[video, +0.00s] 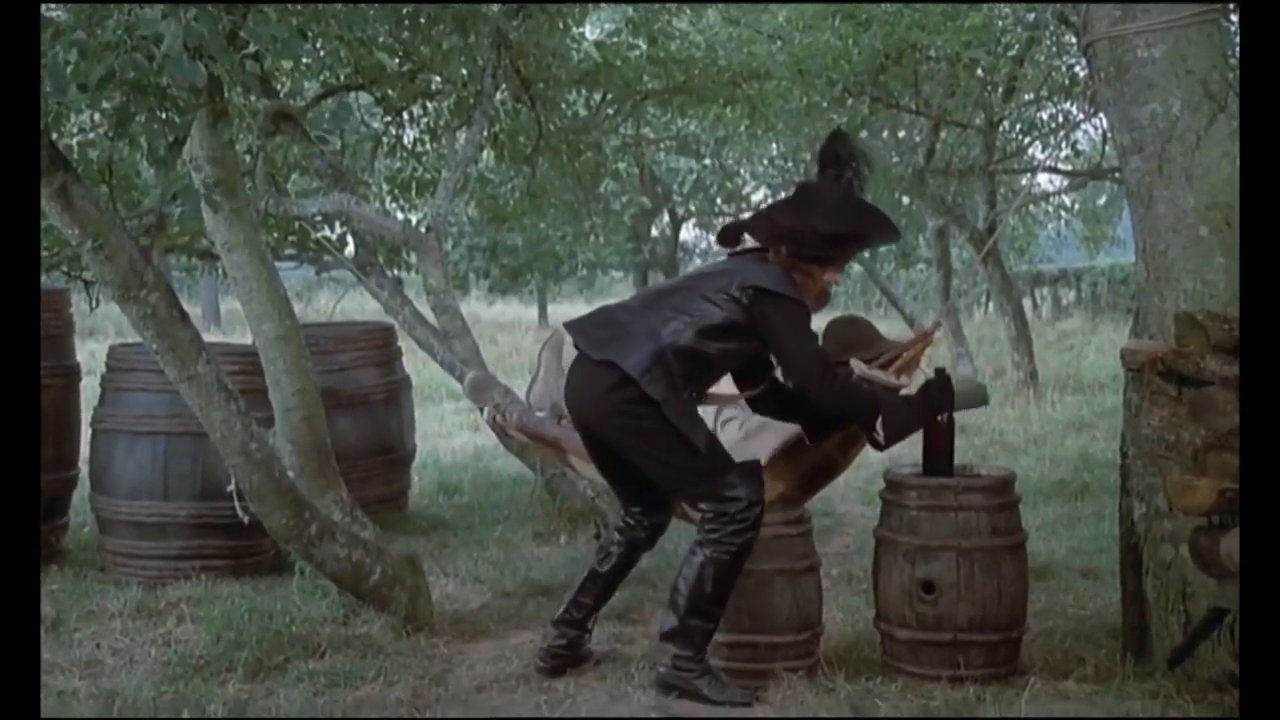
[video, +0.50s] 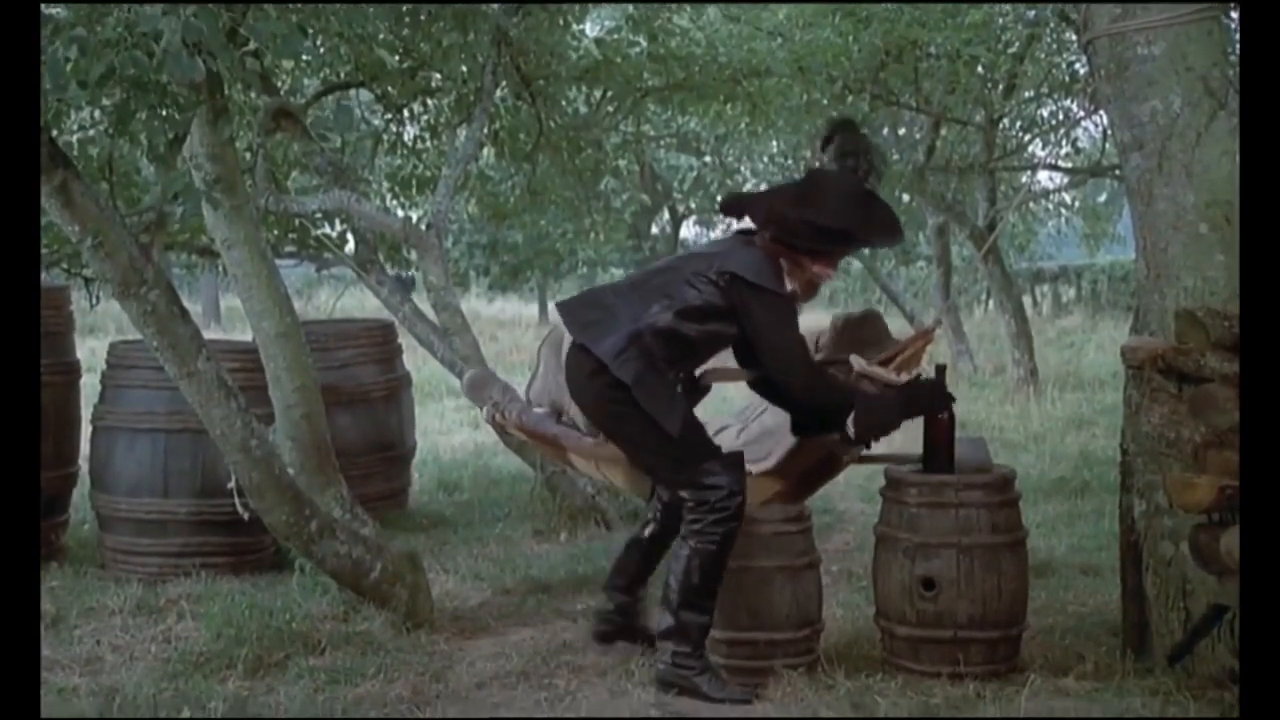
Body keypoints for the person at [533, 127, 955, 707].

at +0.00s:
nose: (837, 285)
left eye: (842, 272)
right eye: (836, 271)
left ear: (783, 254)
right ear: (803, 263)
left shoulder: (736, 277)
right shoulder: (772, 290)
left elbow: (764, 395)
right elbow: (820, 381)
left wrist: (842, 402)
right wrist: (883, 399)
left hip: (588, 381)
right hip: (627, 390)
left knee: (645, 511)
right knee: (736, 500)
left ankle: (564, 639)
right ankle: (685, 663)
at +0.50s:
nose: (830, 276)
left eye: (834, 264)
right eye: (828, 262)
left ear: (777, 236)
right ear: (796, 251)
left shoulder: (738, 258)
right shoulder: (756, 276)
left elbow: (767, 374)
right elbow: (799, 380)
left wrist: (841, 408)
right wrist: (879, 402)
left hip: (595, 361)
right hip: (616, 372)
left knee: (689, 481)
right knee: (718, 487)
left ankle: (618, 608)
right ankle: (685, 658)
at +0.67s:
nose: (819, 271)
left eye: (823, 259)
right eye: (814, 257)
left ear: (772, 242)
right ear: (782, 249)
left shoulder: (730, 262)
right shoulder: (731, 274)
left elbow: (746, 372)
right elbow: (752, 379)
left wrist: (791, 421)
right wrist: (845, 428)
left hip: (595, 353)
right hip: (597, 360)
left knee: (684, 475)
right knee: (689, 483)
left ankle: (640, 618)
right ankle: (682, 662)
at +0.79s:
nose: (808, 269)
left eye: (814, 257)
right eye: (803, 255)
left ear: (778, 246)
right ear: (769, 242)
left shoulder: (743, 276)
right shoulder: (711, 275)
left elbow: (730, 386)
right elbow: (732, 397)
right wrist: (817, 459)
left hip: (625, 352)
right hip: (587, 349)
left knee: (690, 469)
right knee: (669, 472)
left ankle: (636, 621)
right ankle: (647, 640)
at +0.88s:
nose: (805, 271)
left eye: (810, 258)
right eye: (799, 257)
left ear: (774, 251)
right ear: (762, 246)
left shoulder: (746, 280)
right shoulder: (709, 279)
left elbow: (717, 376)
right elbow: (722, 402)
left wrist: (720, 434)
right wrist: (786, 492)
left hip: (631, 359)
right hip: (584, 352)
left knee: (687, 480)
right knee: (653, 484)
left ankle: (641, 620)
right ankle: (611, 650)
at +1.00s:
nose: (800, 299)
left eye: (808, 285)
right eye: (795, 282)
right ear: (760, 268)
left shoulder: (729, 297)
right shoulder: (704, 304)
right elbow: (710, 442)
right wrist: (742, 538)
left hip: (630, 365)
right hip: (575, 358)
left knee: (689, 481)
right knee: (639, 485)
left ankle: (654, 619)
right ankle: (606, 652)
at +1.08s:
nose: (807, 334)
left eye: (817, 322)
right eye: (808, 317)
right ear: (778, 303)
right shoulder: (703, 333)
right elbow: (702, 465)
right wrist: (728, 567)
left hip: (634, 371)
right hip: (571, 361)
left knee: (681, 489)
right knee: (630, 494)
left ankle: (663, 619)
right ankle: (603, 651)